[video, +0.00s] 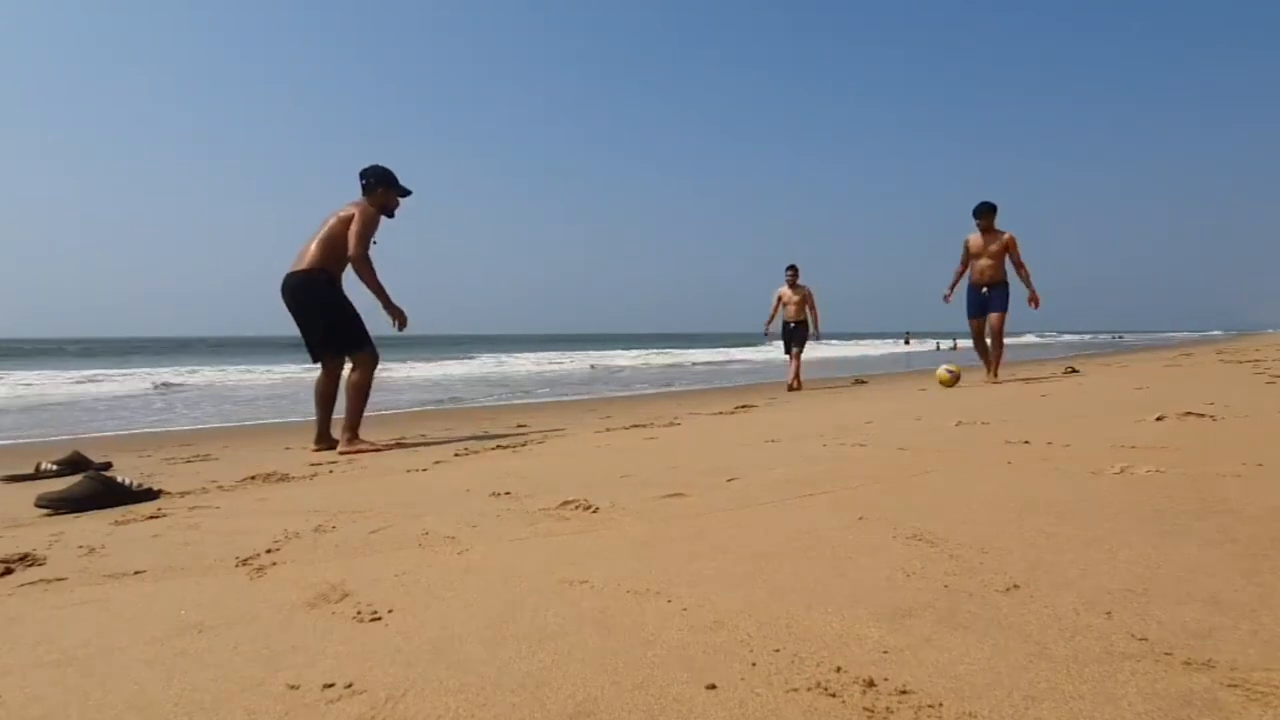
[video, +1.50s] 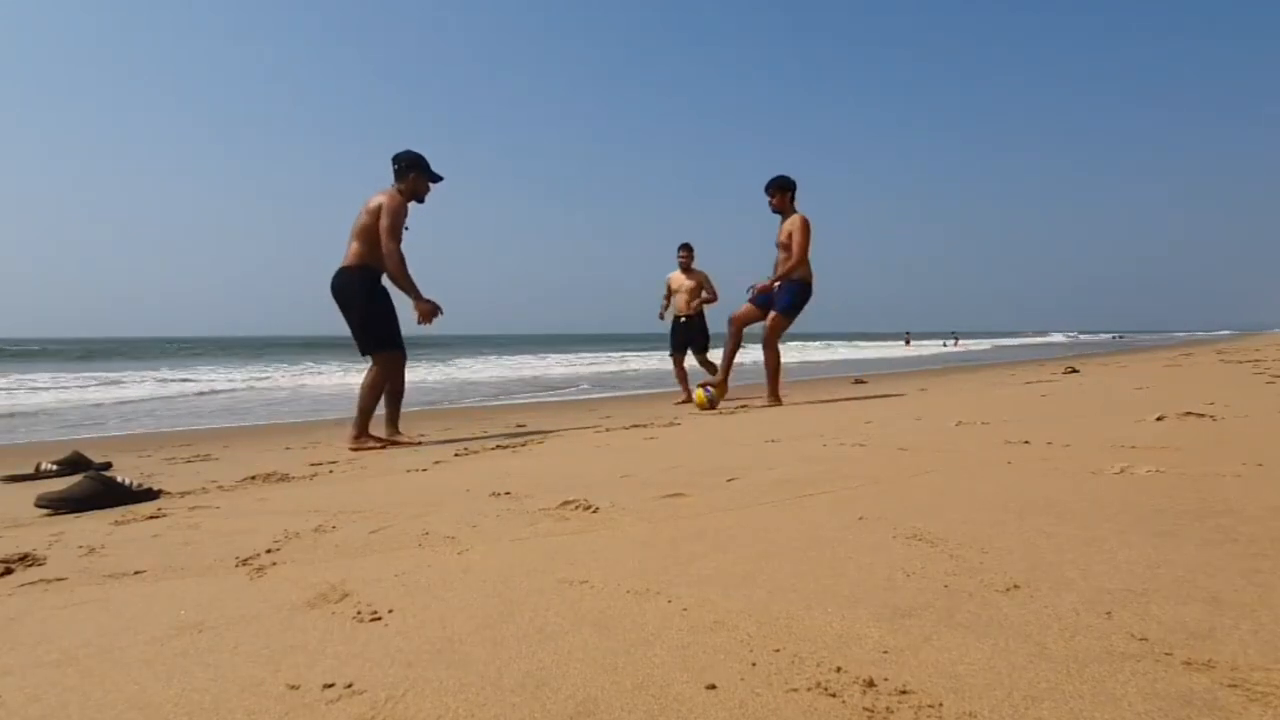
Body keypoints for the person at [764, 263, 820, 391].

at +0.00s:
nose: (790, 278)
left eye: (792, 276)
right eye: (788, 276)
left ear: (797, 276)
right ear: (785, 277)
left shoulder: (805, 291)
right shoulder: (781, 292)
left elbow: (812, 310)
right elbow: (774, 310)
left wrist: (815, 328)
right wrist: (767, 324)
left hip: (800, 322)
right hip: (787, 323)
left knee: (796, 353)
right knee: (791, 355)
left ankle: (790, 381)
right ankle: (797, 381)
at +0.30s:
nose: (784, 274)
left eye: (787, 271)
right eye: (782, 271)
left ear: (792, 272)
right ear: (779, 272)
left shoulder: (799, 288)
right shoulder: (774, 288)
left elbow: (805, 308)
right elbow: (768, 307)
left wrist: (808, 328)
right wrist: (765, 325)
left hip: (793, 320)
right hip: (779, 321)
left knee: (790, 353)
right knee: (775, 355)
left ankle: (788, 383)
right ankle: (785, 377)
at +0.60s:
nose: (773, 275)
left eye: (776, 272)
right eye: (771, 273)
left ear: (780, 273)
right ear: (767, 274)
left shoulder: (788, 288)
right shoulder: (762, 289)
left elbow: (794, 307)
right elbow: (758, 309)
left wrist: (789, 324)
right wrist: (754, 328)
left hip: (784, 322)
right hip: (769, 322)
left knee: (787, 356)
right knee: (763, 353)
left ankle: (787, 384)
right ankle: (766, 385)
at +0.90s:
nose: (749, 272)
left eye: (752, 269)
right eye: (747, 269)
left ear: (757, 270)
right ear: (744, 270)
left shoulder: (768, 286)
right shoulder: (740, 288)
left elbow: (781, 299)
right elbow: (734, 305)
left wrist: (776, 315)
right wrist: (731, 321)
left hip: (766, 323)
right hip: (750, 324)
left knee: (766, 358)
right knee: (754, 359)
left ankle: (775, 377)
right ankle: (767, 386)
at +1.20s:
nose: (725, 266)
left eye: (727, 263)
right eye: (722, 264)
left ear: (733, 264)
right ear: (719, 264)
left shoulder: (741, 281)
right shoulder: (714, 283)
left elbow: (755, 300)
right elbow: (711, 302)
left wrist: (742, 305)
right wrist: (711, 316)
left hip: (738, 321)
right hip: (722, 322)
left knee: (739, 359)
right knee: (720, 360)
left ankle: (745, 388)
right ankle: (734, 382)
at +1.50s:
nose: (683, 260)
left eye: (686, 257)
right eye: (680, 257)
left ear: (692, 258)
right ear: (677, 258)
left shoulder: (700, 276)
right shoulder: (671, 278)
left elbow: (713, 296)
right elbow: (667, 297)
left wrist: (700, 300)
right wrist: (663, 309)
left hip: (695, 318)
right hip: (678, 319)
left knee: (701, 358)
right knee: (677, 360)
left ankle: (720, 380)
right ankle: (686, 394)